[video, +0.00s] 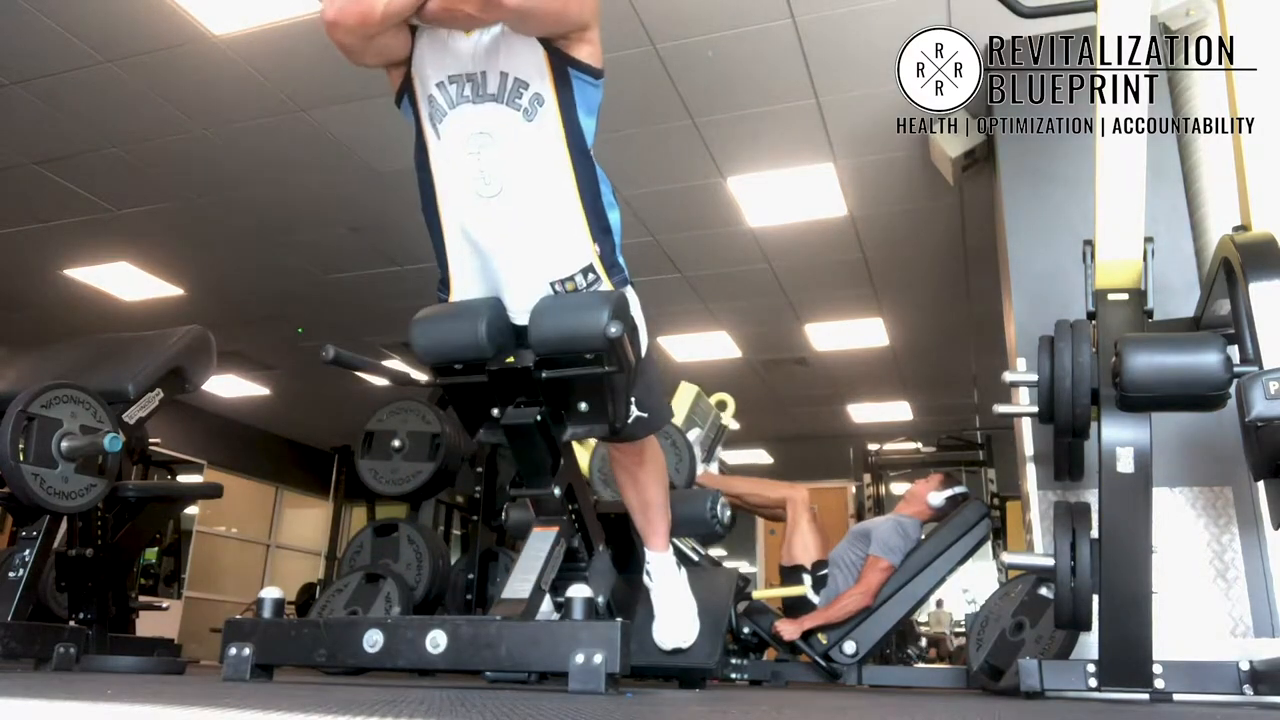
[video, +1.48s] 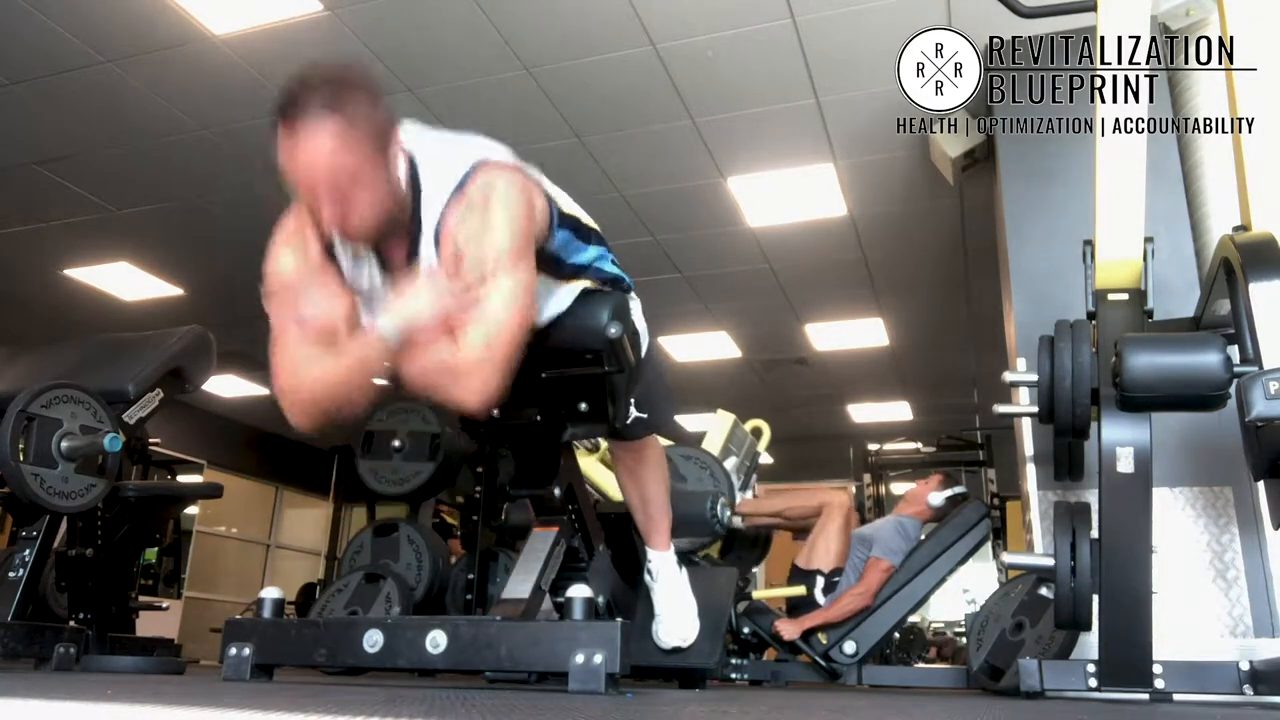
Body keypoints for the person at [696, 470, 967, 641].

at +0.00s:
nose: (920, 479)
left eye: (928, 480)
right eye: (927, 476)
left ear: (931, 498)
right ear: (933, 505)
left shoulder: (895, 528)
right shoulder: (902, 526)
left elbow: (865, 595)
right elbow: (865, 593)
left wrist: (801, 624)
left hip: (813, 603)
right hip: (819, 598)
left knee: (798, 497)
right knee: (797, 502)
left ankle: (704, 476)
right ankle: (720, 488)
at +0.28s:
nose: (919, 479)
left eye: (928, 479)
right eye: (927, 476)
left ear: (933, 499)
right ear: (933, 501)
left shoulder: (896, 529)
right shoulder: (901, 528)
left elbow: (864, 595)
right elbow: (864, 593)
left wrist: (802, 624)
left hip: (809, 604)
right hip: (814, 598)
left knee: (777, 497)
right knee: (778, 503)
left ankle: (686, 465)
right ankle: (700, 472)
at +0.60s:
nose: (919, 479)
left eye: (927, 479)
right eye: (926, 476)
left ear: (932, 498)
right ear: (931, 501)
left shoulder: (895, 529)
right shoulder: (900, 528)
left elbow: (865, 595)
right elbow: (865, 594)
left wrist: (801, 624)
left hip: (808, 606)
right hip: (813, 599)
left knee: (756, 507)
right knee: (756, 507)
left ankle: (676, 461)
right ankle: (686, 464)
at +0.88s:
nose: (919, 479)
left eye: (927, 480)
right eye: (926, 477)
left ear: (929, 499)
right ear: (930, 505)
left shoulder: (897, 527)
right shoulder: (901, 526)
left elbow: (865, 595)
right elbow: (864, 593)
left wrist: (802, 624)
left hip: (811, 604)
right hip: (817, 600)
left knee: (785, 500)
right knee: (786, 504)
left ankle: (695, 471)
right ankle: (707, 476)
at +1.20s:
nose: (916, 481)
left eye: (926, 480)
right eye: (925, 478)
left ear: (930, 497)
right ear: (934, 505)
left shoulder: (895, 528)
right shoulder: (904, 528)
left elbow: (865, 595)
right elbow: (865, 593)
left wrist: (802, 624)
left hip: (818, 608)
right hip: (824, 602)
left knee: (822, 498)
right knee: (820, 506)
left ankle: (722, 493)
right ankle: (732, 506)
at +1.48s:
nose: (918, 482)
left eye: (927, 481)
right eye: (926, 478)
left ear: (932, 499)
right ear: (934, 501)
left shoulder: (898, 529)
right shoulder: (904, 527)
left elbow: (865, 594)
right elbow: (864, 591)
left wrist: (801, 624)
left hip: (816, 604)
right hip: (823, 600)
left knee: (839, 500)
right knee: (841, 506)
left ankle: (734, 506)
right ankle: (747, 516)